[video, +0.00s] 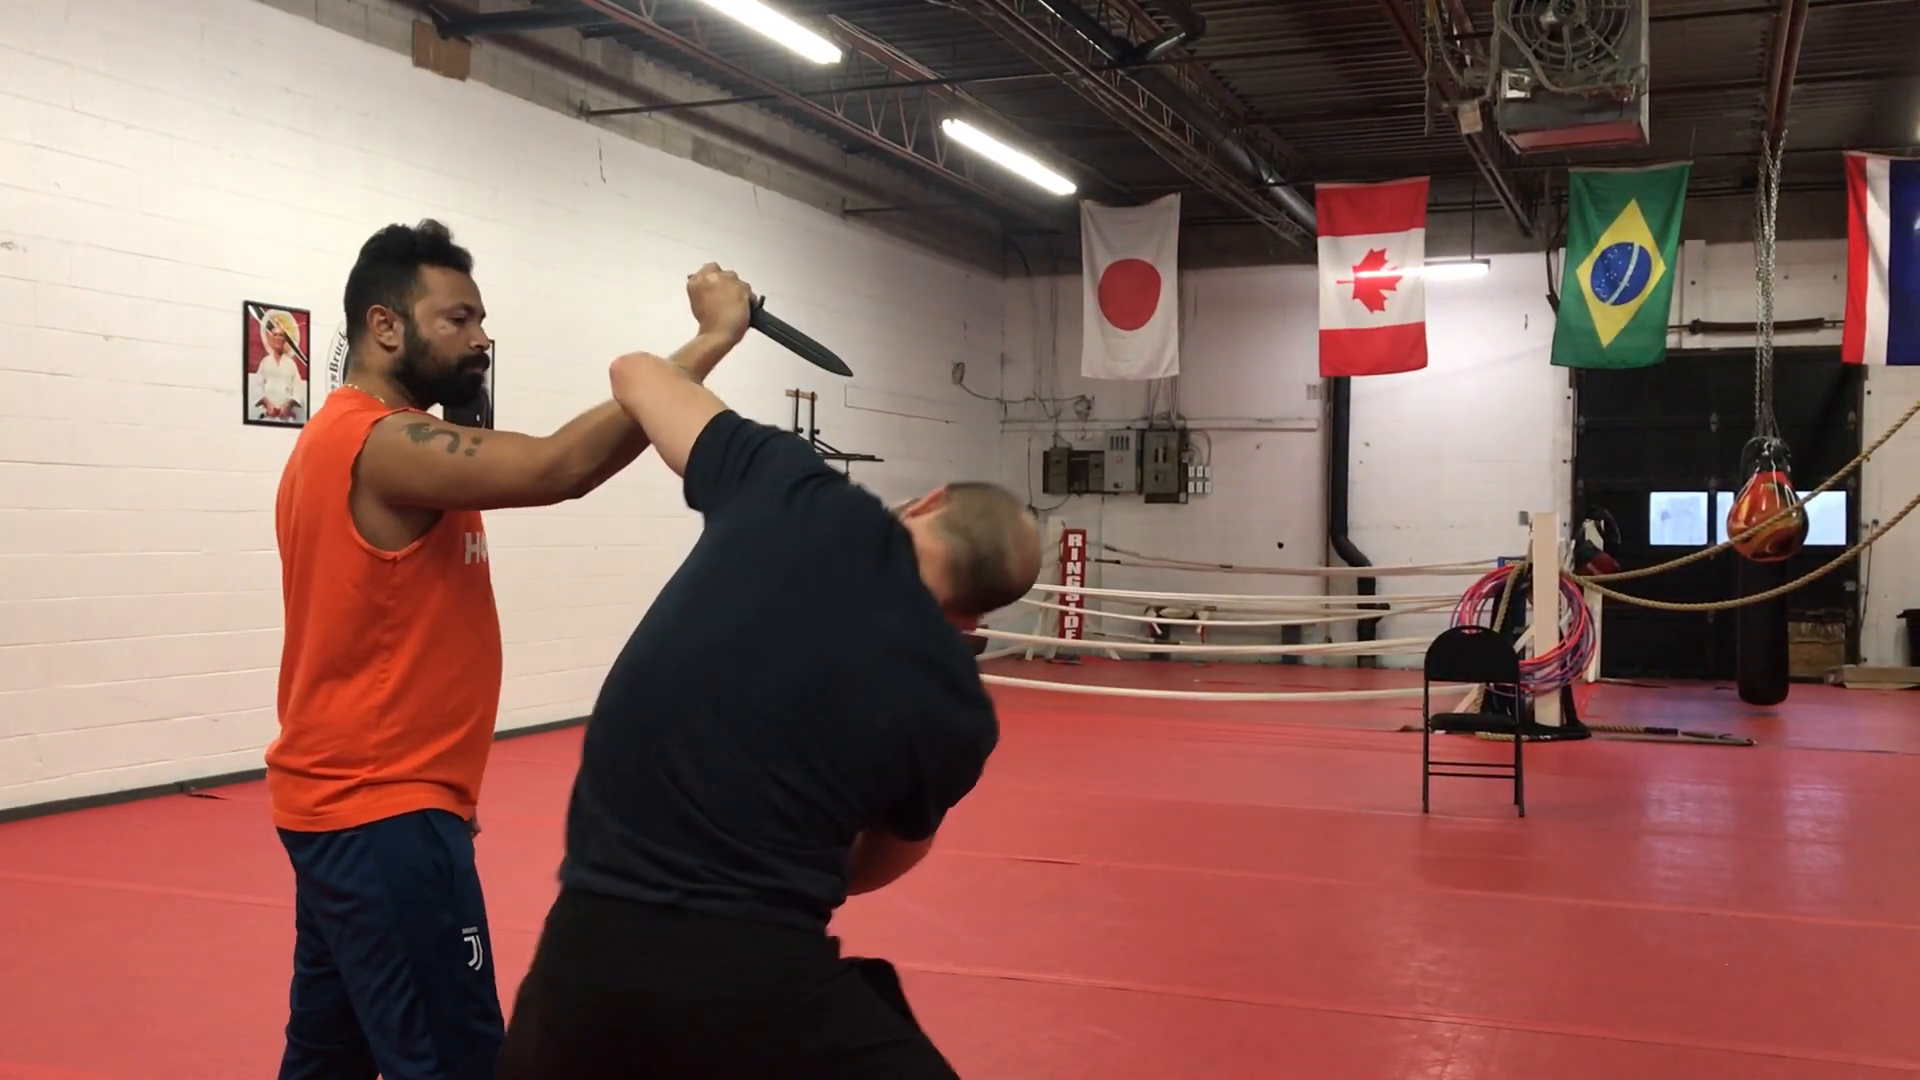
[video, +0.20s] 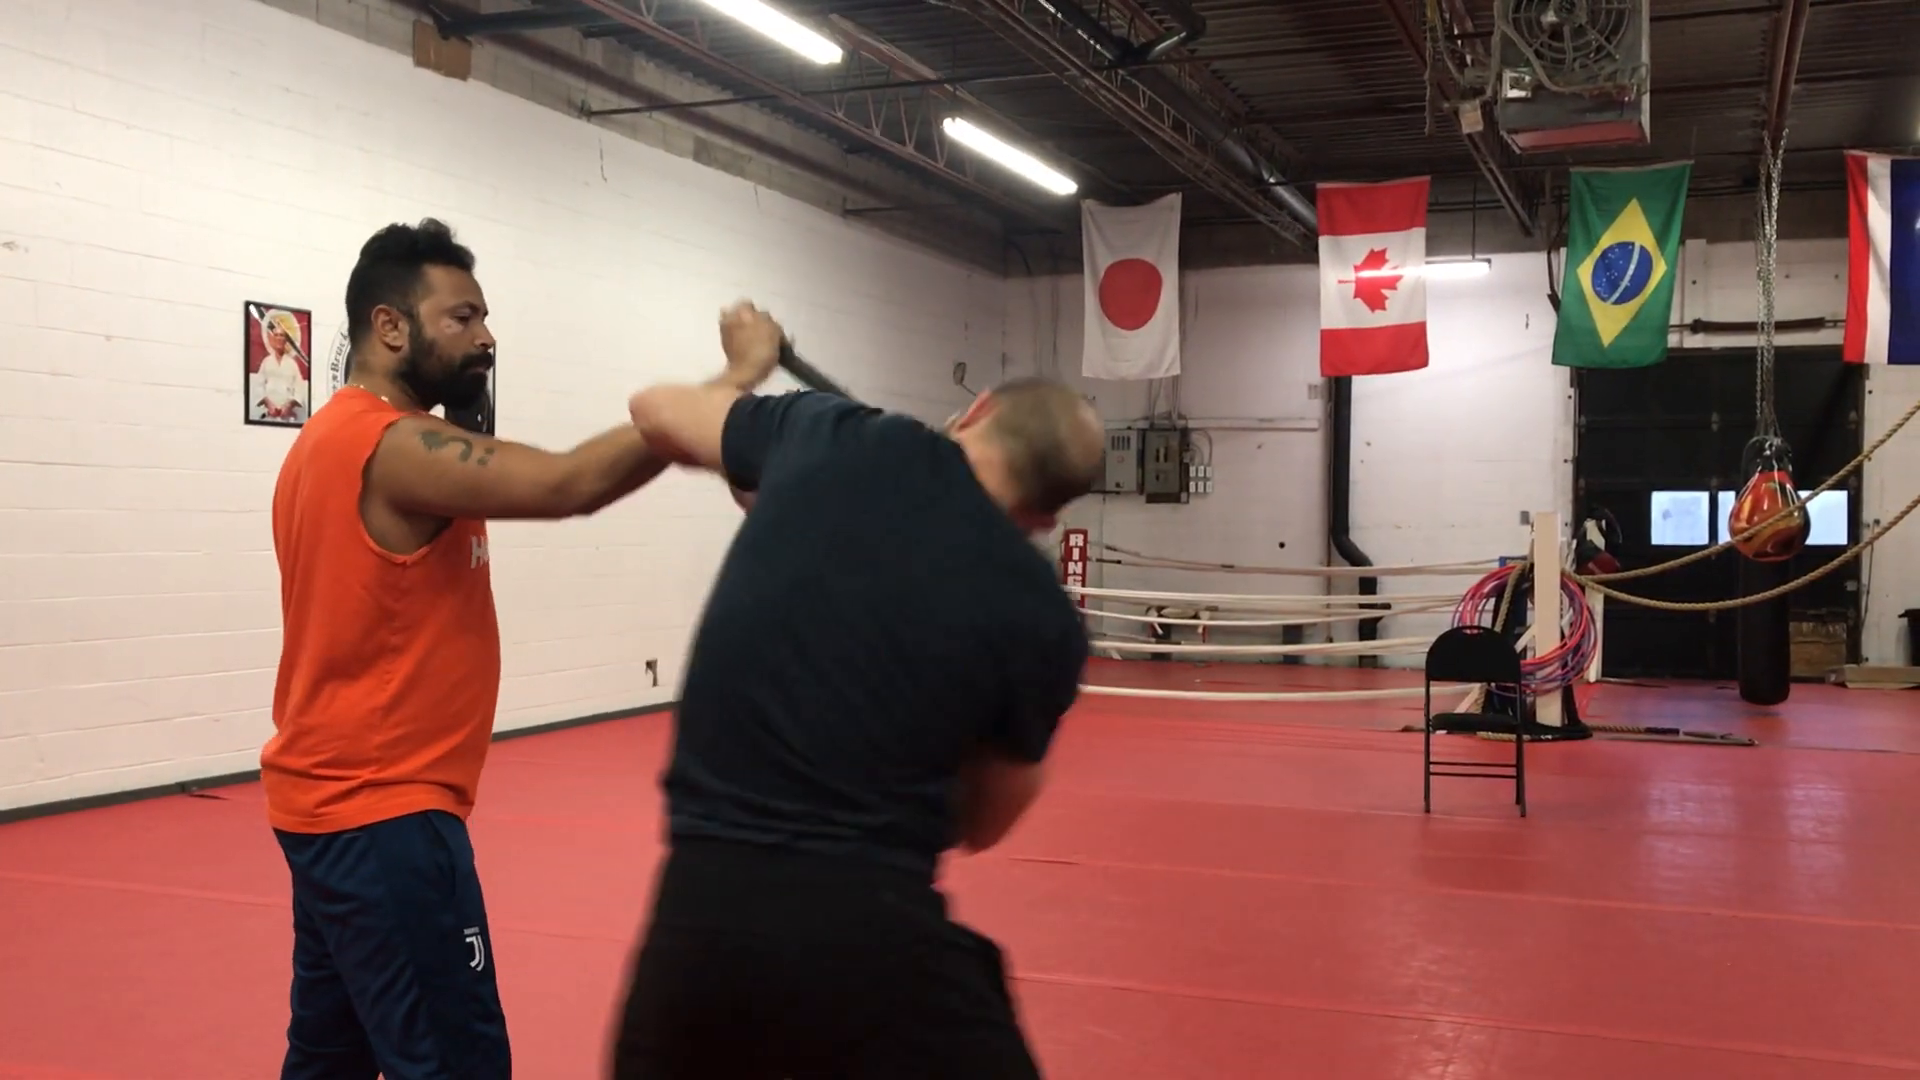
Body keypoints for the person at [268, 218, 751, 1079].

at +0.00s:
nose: (482, 337)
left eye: (479, 317)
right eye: (460, 316)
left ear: (388, 332)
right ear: (384, 326)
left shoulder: (331, 437)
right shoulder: (385, 439)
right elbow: (563, 465)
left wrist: (454, 425)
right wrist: (711, 340)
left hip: (339, 809)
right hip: (389, 816)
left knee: (328, 1060)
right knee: (455, 1059)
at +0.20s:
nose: (485, 337)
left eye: (481, 315)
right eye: (464, 316)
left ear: (387, 332)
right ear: (388, 328)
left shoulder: (325, 439)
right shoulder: (397, 442)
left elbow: (553, 479)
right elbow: (570, 483)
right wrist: (734, 381)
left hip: (329, 810)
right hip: (388, 818)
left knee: (330, 1060)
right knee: (459, 1060)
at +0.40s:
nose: (492, 331)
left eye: (487, 310)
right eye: (470, 310)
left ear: (391, 328)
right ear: (392, 324)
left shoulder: (332, 437)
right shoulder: (396, 449)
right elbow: (568, 519)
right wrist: (746, 451)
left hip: (330, 806)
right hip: (392, 815)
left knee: (332, 1058)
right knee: (452, 1059)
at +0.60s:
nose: (493, 326)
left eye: (489, 305)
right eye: (468, 306)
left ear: (397, 328)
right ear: (394, 323)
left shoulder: (346, 434)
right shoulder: (391, 446)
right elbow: (552, 542)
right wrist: (705, 426)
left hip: (345, 805)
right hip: (394, 812)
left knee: (342, 1057)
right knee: (451, 1059)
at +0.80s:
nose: (480, 323)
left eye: (475, 305)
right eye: (455, 306)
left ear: (388, 327)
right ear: (380, 321)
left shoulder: (381, 435)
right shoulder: (373, 440)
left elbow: (403, 636)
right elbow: (519, 526)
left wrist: (479, 760)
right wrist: (583, 367)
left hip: (394, 799)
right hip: (393, 806)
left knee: (355, 1053)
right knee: (451, 1057)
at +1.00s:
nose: (465, 327)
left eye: (462, 309)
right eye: (445, 305)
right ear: (380, 324)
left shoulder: (409, 437)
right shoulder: (350, 438)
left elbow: (425, 637)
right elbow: (481, 479)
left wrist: (497, 763)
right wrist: (427, 342)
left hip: (431, 802)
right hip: (396, 808)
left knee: (370, 1056)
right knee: (454, 1057)